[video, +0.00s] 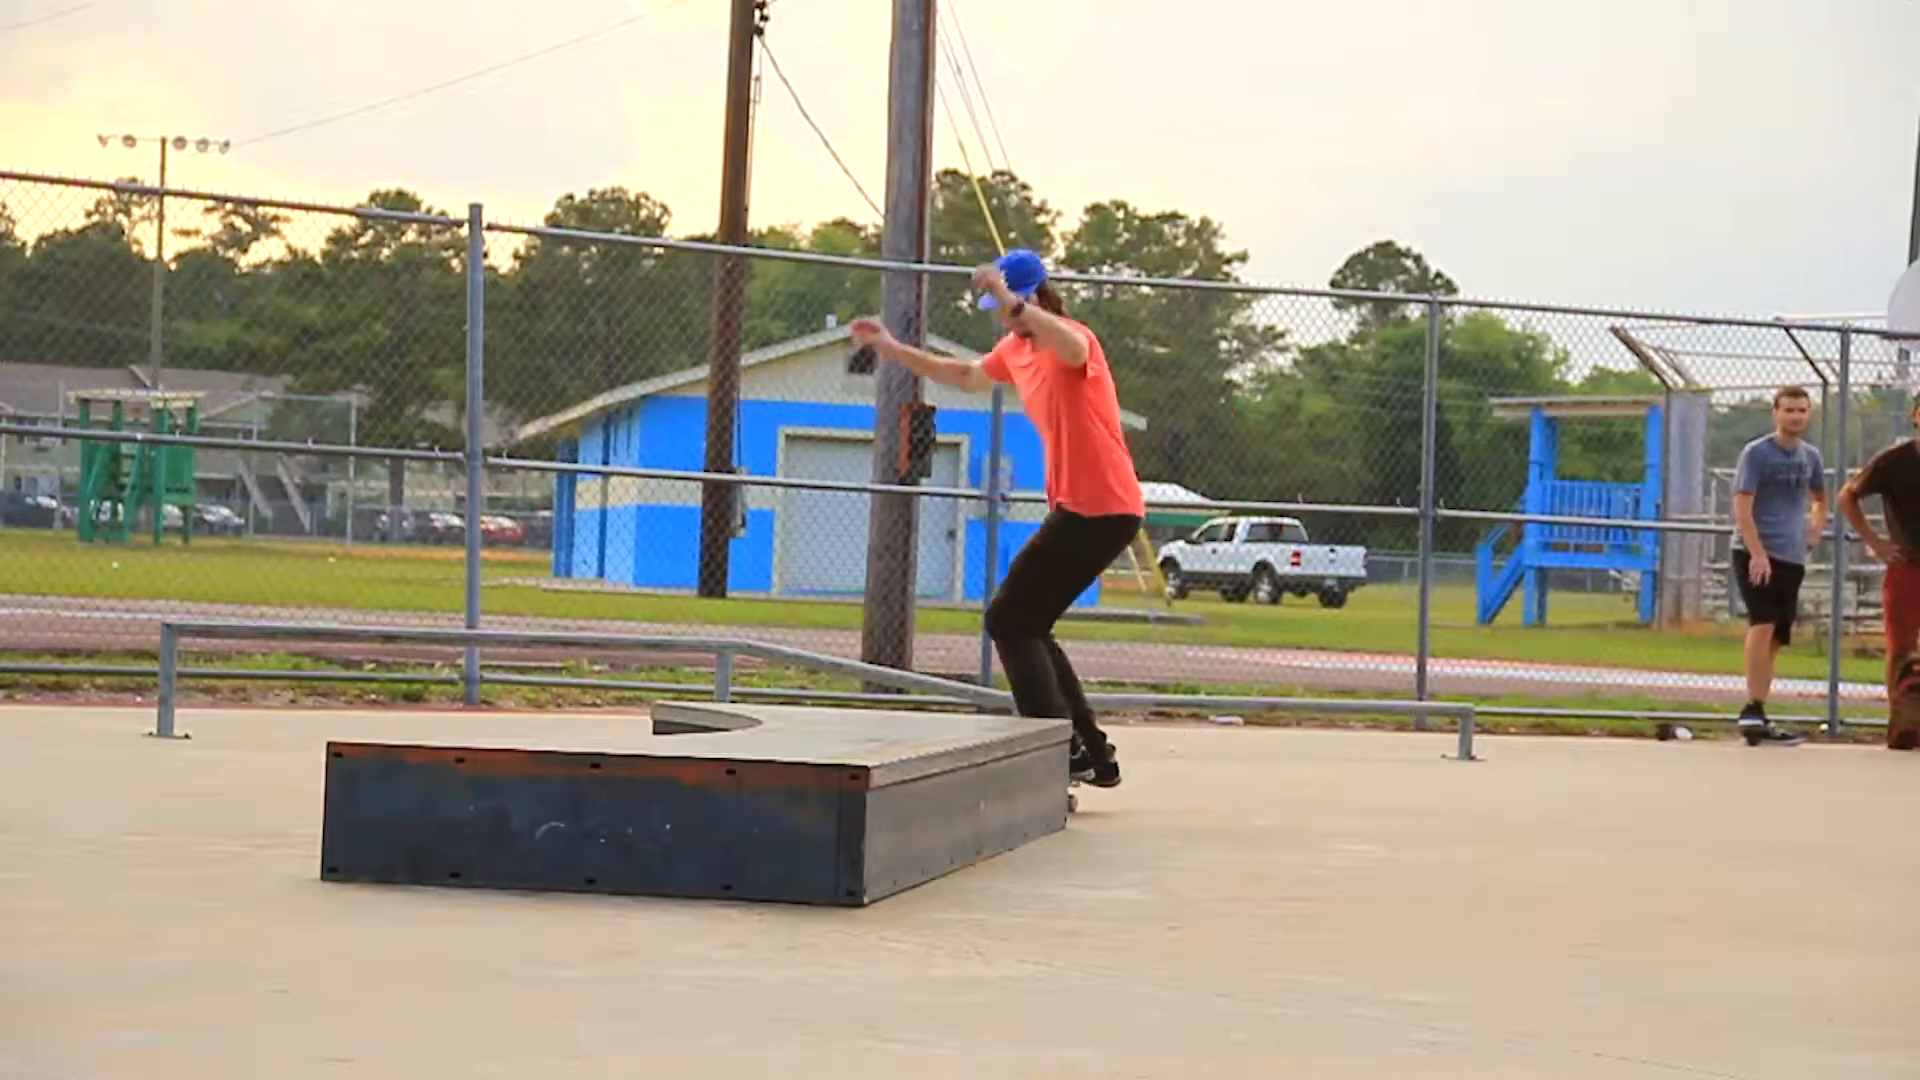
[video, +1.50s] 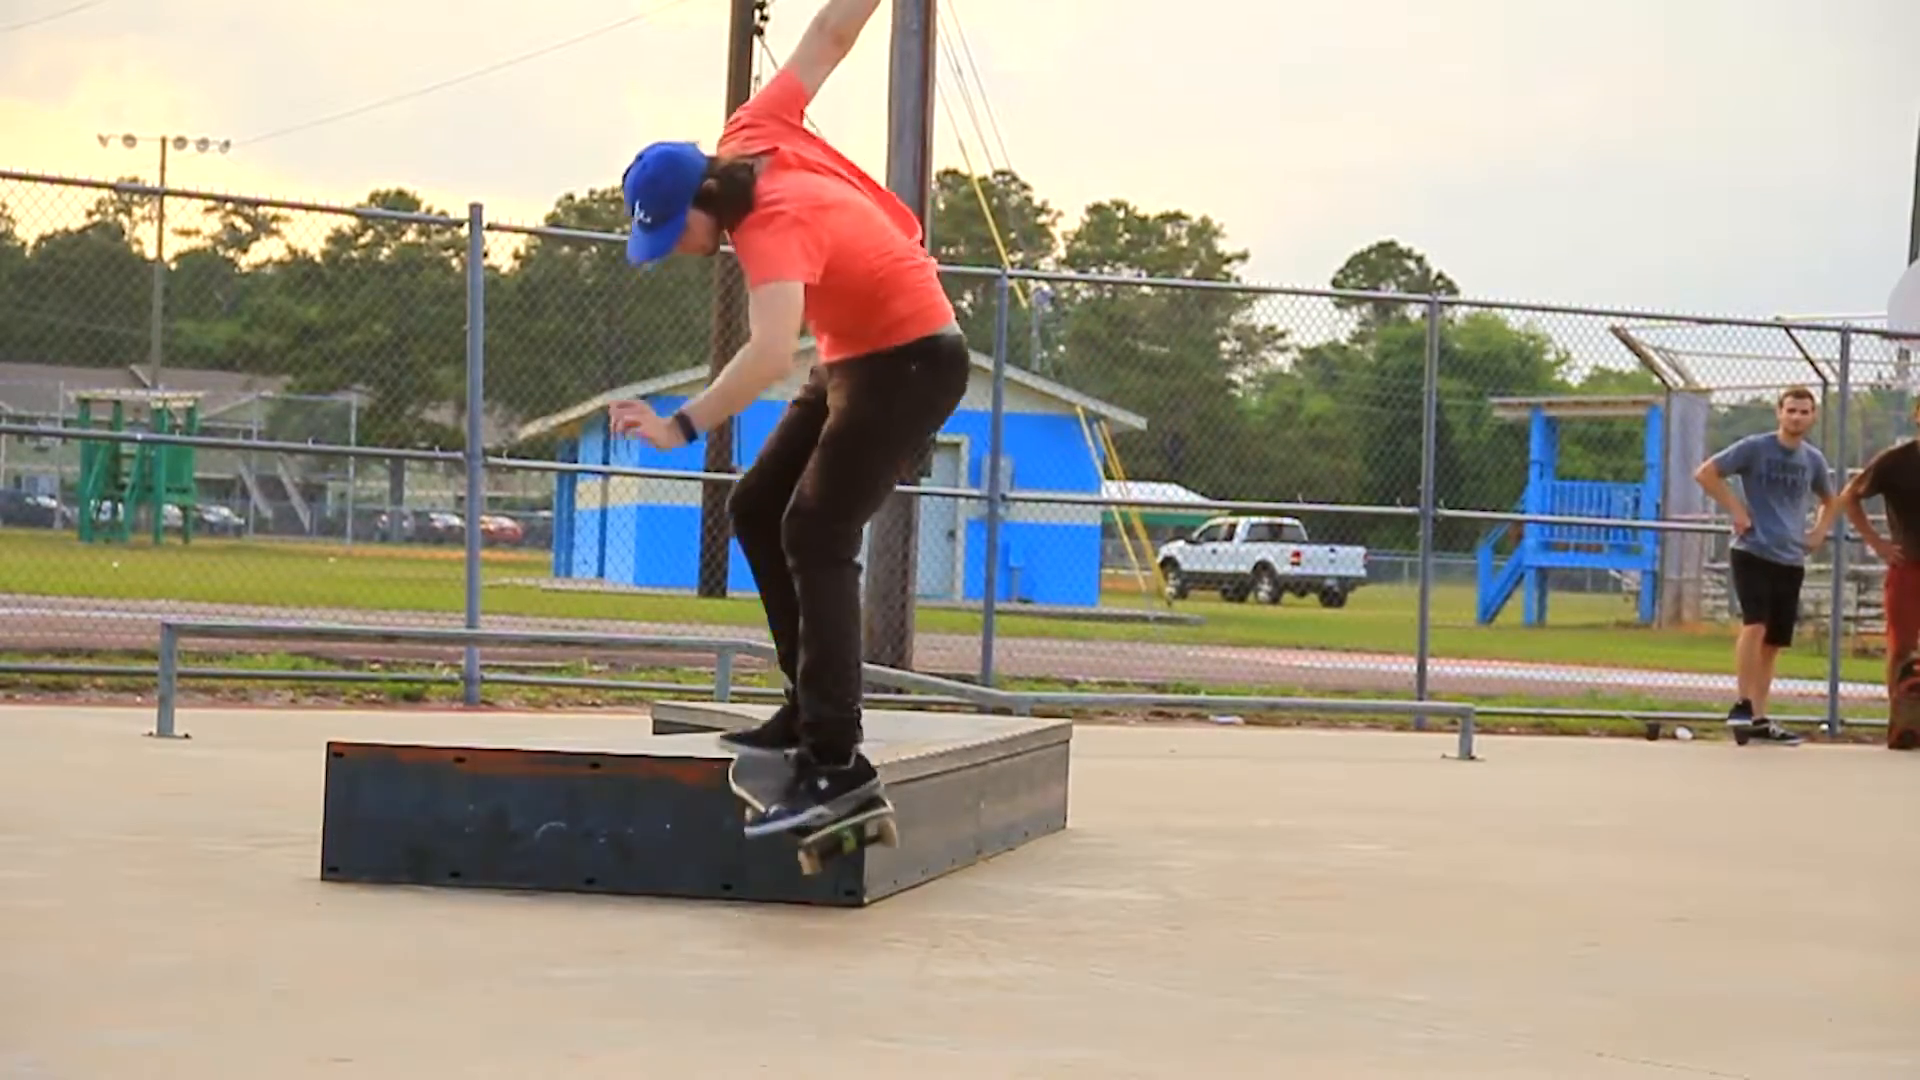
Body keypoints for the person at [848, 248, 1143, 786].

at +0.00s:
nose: (1001, 313)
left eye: (1005, 304)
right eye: (997, 306)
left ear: (1028, 296)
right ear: (1003, 304)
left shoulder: (1071, 337)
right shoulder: (1014, 349)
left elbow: (1074, 351)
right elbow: (967, 375)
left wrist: (1014, 299)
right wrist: (890, 347)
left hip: (1102, 507)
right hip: (1076, 507)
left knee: (1009, 619)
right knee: (1025, 627)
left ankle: (1059, 752)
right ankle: (1092, 752)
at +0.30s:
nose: (927, 231)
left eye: (929, 222)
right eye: (920, 225)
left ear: (950, 204)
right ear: (951, 195)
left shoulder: (990, 226)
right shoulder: (982, 212)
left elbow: (965, 245)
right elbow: (927, 175)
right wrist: (907, 134)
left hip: (1039, 398)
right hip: (1041, 397)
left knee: (914, 477)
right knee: (935, 484)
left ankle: (952, 632)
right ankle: (988, 626)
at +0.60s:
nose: (851, 189)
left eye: (857, 178)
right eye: (844, 180)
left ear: (883, 157)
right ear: (869, 145)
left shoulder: (915, 188)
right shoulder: (922, 138)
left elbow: (871, 207)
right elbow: (948, 91)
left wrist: (811, 203)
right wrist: (948, 33)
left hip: (969, 360)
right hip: (939, 353)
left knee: (887, 495)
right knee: (853, 456)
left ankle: (917, 668)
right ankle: (927, 590)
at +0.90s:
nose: (780, 220)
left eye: (781, 209)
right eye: (772, 211)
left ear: (807, 186)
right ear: (790, 173)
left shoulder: (849, 228)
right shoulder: (840, 133)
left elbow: (840, 341)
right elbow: (859, 50)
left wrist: (797, 426)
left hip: (939, 351)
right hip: (893, 346)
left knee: (854, 497)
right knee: (816, 461)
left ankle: (857, 677)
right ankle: (891, 618)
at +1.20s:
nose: (742, 121)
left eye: (741, 107)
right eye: (733, 112)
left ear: (767, 75)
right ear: (755, 82)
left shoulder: (836, 97)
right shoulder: (801, 119)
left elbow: (824, 80)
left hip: (907, 320)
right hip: (840, 316)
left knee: (841, 493)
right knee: (747, 425)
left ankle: (859, 690)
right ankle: (812, 563)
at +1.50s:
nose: (679, 251)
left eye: (676, 237)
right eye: (668, 242)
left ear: (702, 205)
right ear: (687, 201)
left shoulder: (769, 225)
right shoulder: (749, 128)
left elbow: (774, 350)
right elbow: (829, 35)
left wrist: (680, 425)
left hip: (911, 358)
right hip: (855, 360)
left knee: (816, 530)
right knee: (755, 511)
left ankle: (837, 758)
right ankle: (809, 707)